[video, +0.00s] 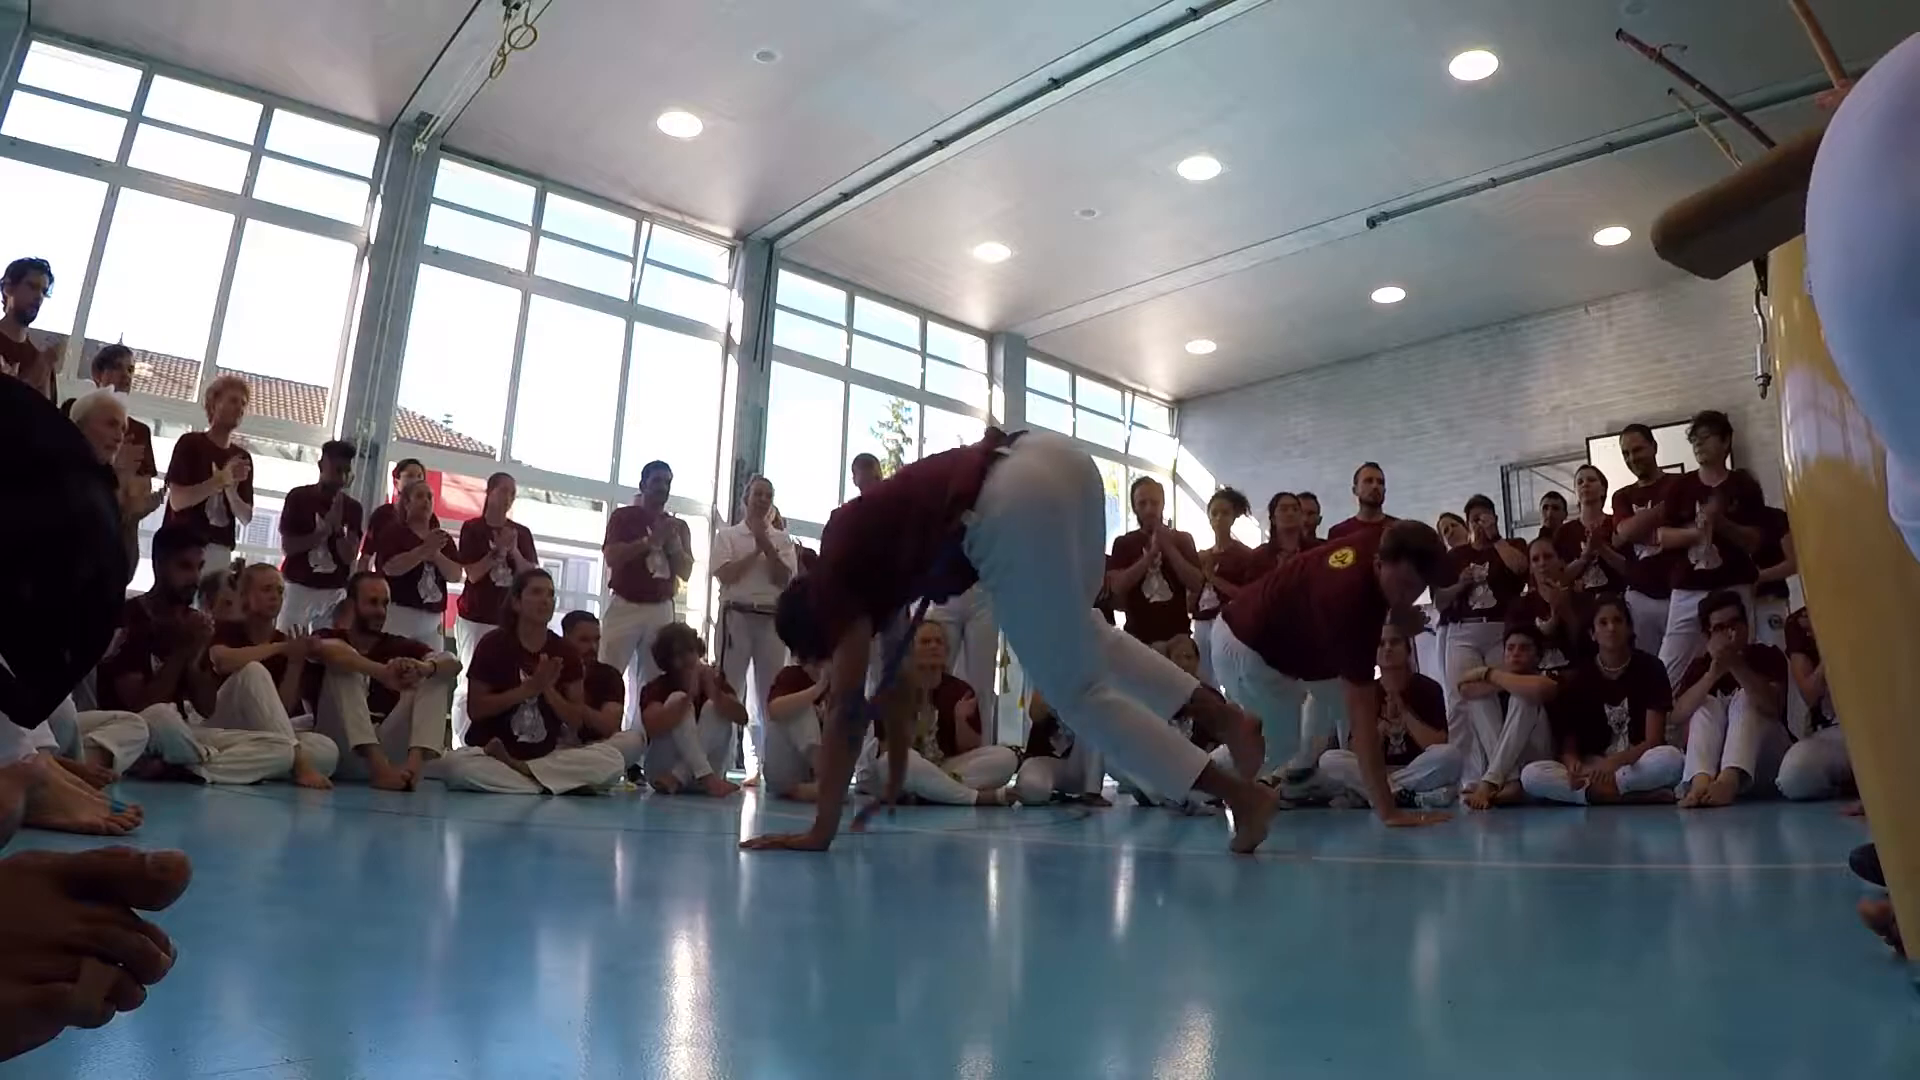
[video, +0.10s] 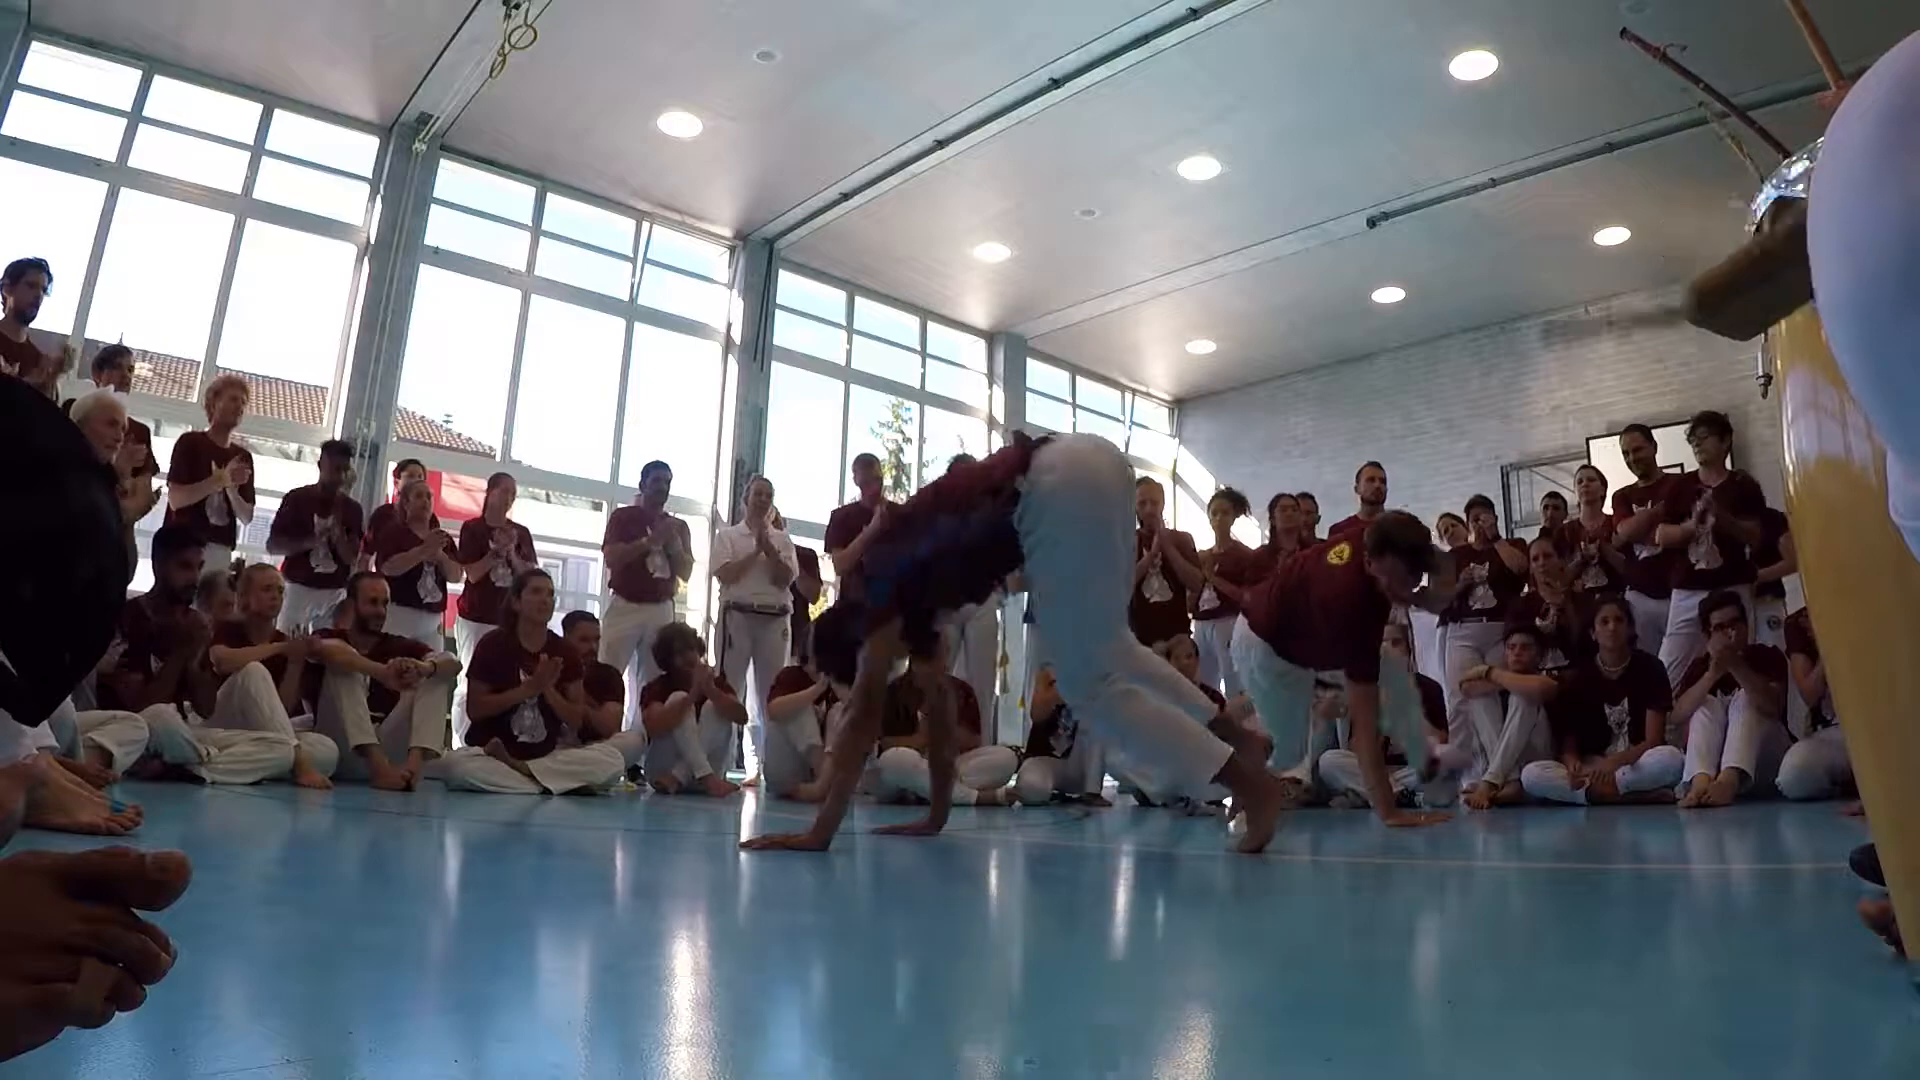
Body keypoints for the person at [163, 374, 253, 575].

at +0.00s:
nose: (240, 408)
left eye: (243, 403)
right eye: (233, 401)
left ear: (245, 410)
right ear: (212, 403)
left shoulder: (242, 457)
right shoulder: (189, 443)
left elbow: (246, 517)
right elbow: (178, 501)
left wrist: (230, 490)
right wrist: (221, 479)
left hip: (219, 549)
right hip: (182, 545)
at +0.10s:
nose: (239, 406)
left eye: (243, 402)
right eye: (233, 399)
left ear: (245, 409)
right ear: (213, 403)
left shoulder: (242, 457)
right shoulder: (189, 442)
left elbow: (246, 517)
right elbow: (176, 500)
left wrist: (232, 490)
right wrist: (221, 479)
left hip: (220, 548)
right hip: (183, 544)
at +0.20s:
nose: (239, 405)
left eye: (243, 401)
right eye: (233, 398)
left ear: (245, 407)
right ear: (213, 401)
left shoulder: (243, 456)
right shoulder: (189, 441)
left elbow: (247, 517)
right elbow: (174, 498)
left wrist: (236, 487)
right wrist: (217, 480)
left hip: (220, 549)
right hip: (182, 545)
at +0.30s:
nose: (239, 405)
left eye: (242, 400)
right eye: (232, 398)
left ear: (244, 407)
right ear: (212, 401)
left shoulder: (243, 456)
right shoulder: (188, 441)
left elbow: (246, 517)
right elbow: (174, 497)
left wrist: (239, 483)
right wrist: (216, 476)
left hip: (219, 548)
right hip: (182, 544)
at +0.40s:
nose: (238, 405)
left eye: (242, 400)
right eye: (232, 397)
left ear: (244, 407)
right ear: (212, 401)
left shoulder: (242, 456)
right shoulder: (188, 441)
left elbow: (246, 517)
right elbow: (172, 498)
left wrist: (244, 480)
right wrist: (210, 474)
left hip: (219, 548)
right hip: (181, 544)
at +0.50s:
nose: (237, 406)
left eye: (241, 401)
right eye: (230, 399)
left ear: (243, 408)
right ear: (210, 402)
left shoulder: (241, 456)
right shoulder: (188, 441)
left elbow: (245, 516)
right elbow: (174, 499)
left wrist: (239, 482)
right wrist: (213, 478)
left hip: (219, 549)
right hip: (183, 545)